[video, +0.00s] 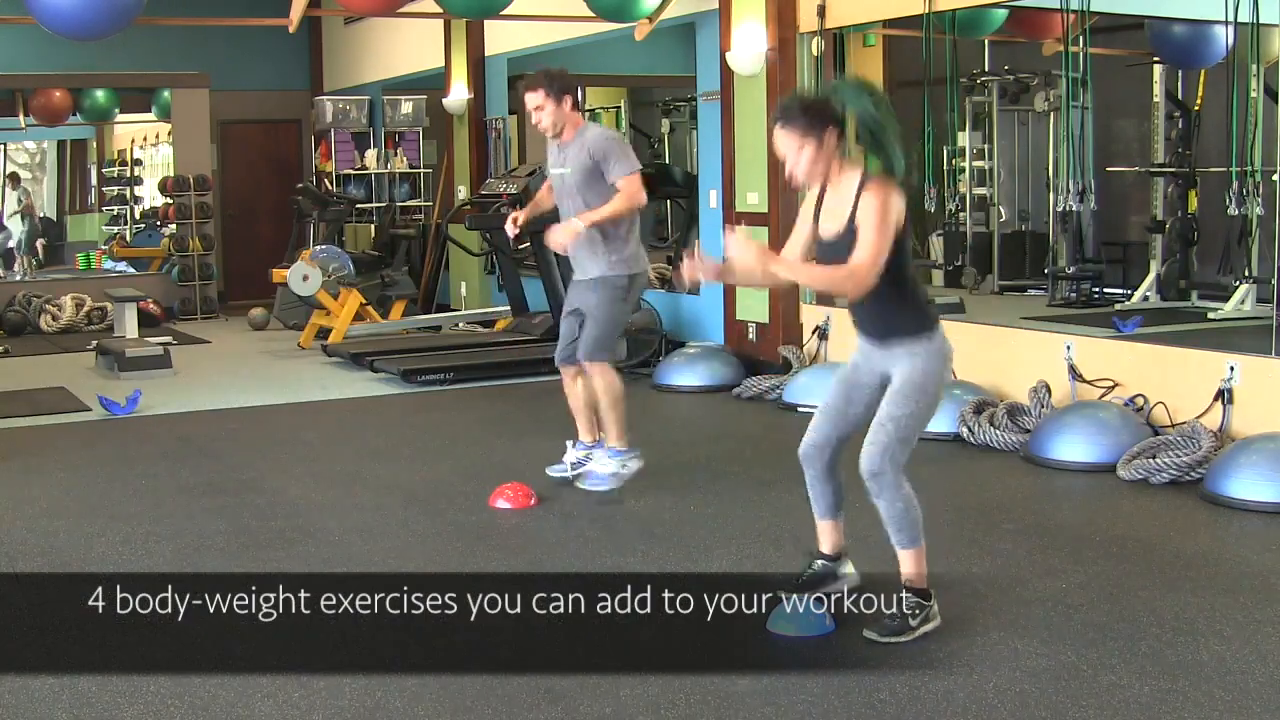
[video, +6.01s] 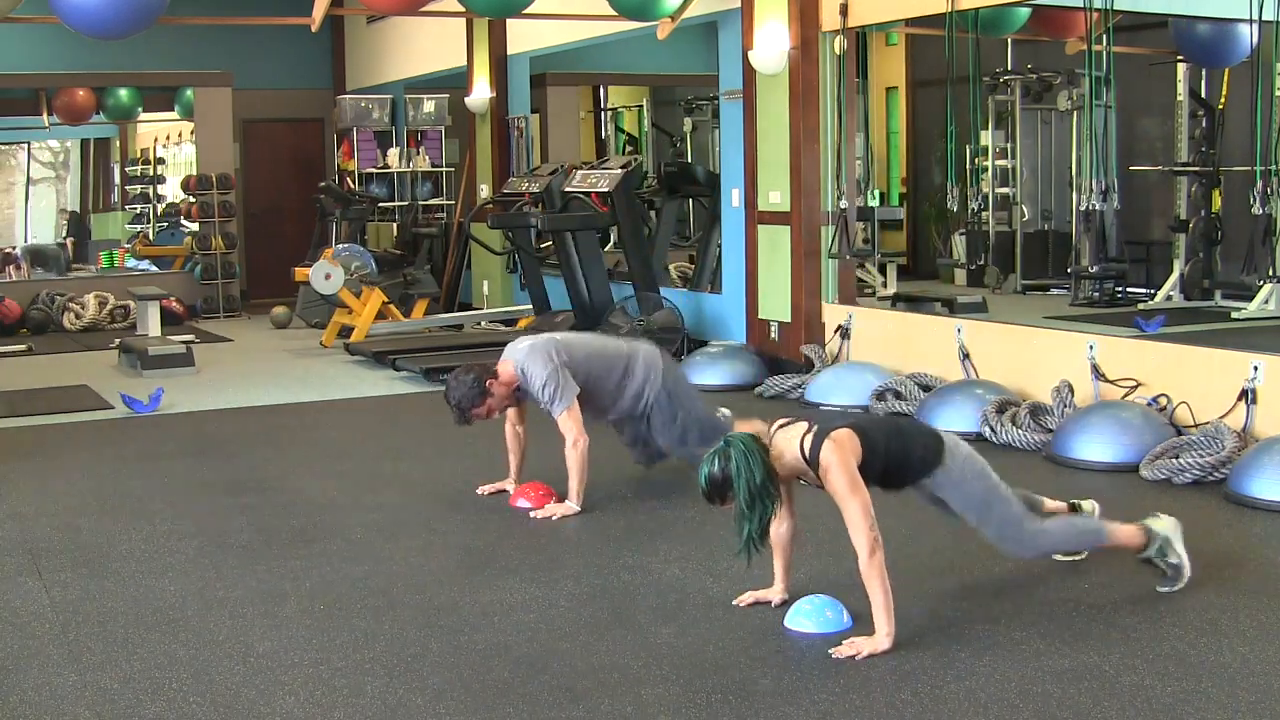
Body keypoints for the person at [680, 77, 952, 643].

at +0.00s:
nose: (787, 166)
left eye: (791, 153)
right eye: (783, 157)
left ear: (827, 139)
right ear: (813, 145)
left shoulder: (880, 192)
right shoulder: (817, 194)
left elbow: (856, 282)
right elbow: (783, 272)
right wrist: (717, 269)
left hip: (919, 350)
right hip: (871, 349)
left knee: (880, 463)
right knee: (816, 452)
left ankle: (918, 595)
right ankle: (832, 562)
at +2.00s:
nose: (789, 269)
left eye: (799, 257)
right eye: (787, 258)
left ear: (836, 257)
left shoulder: (870, 310)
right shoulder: (802, 308)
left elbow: (812, 379)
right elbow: (743, 360)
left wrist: (739, 336)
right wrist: (687, 344)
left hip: (947, 416)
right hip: (891, 415)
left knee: (874, 479)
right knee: (805, 467)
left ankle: (920, 600)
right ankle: (836, 568)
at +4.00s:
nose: (733, 509)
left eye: (731, 501)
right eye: (725, 504)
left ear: (749, 481)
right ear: (735, 456)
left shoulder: (832, 454)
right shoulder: (761, 440)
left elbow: (869, 546)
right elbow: (772, 513)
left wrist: (883, 634)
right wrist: (779, 585)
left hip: (916, 459)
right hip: (912, 426)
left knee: (835, 555)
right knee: (976, 497)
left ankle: (965, 561)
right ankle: (1068, 517)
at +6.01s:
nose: (740, 504)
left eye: (739, 497)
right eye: (732, 500)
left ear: (752, 474)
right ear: (747, 449)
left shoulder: (828, 454)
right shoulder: (766, 441)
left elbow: (869, 547)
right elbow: (780, 514)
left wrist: (882, 634)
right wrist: (780, 586)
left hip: (937, 458)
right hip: (909, 459)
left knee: (1024, 539)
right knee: (997, 505)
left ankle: (1151, 535)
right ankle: (1070, 509)